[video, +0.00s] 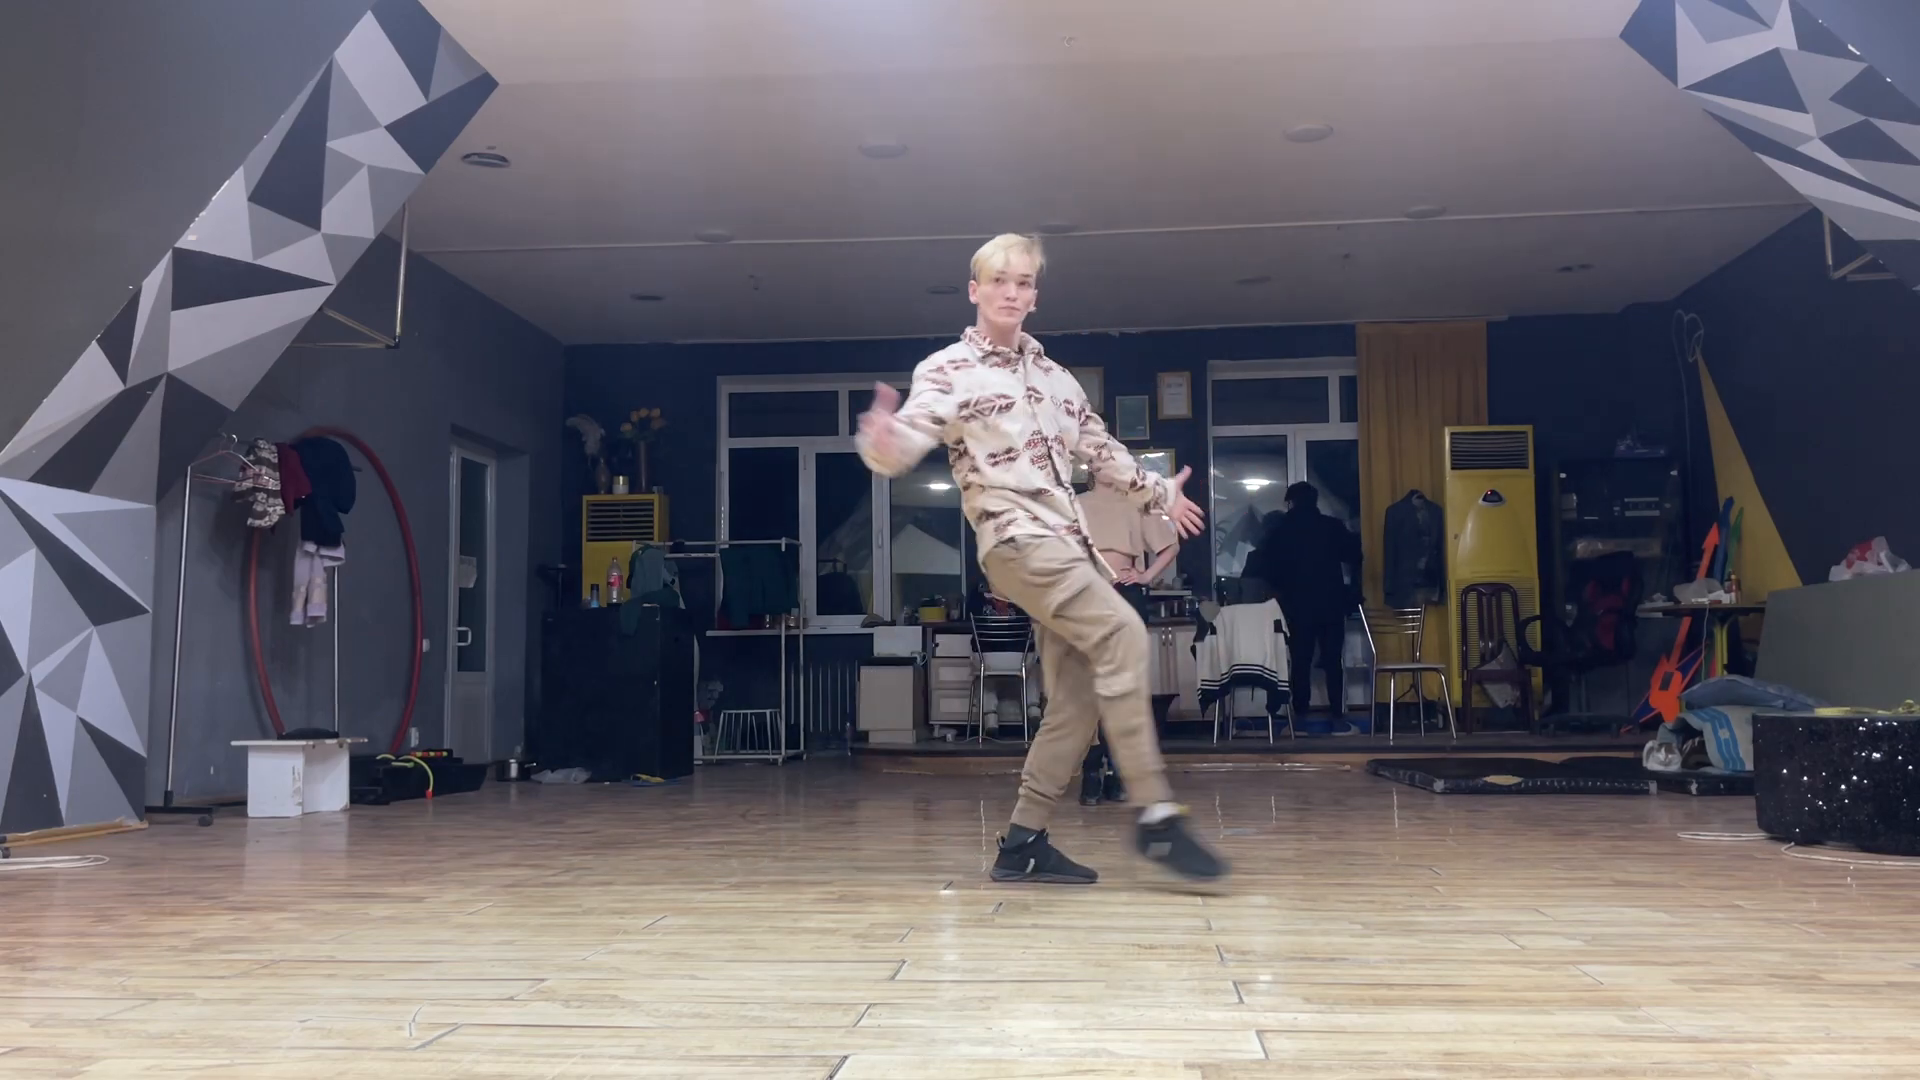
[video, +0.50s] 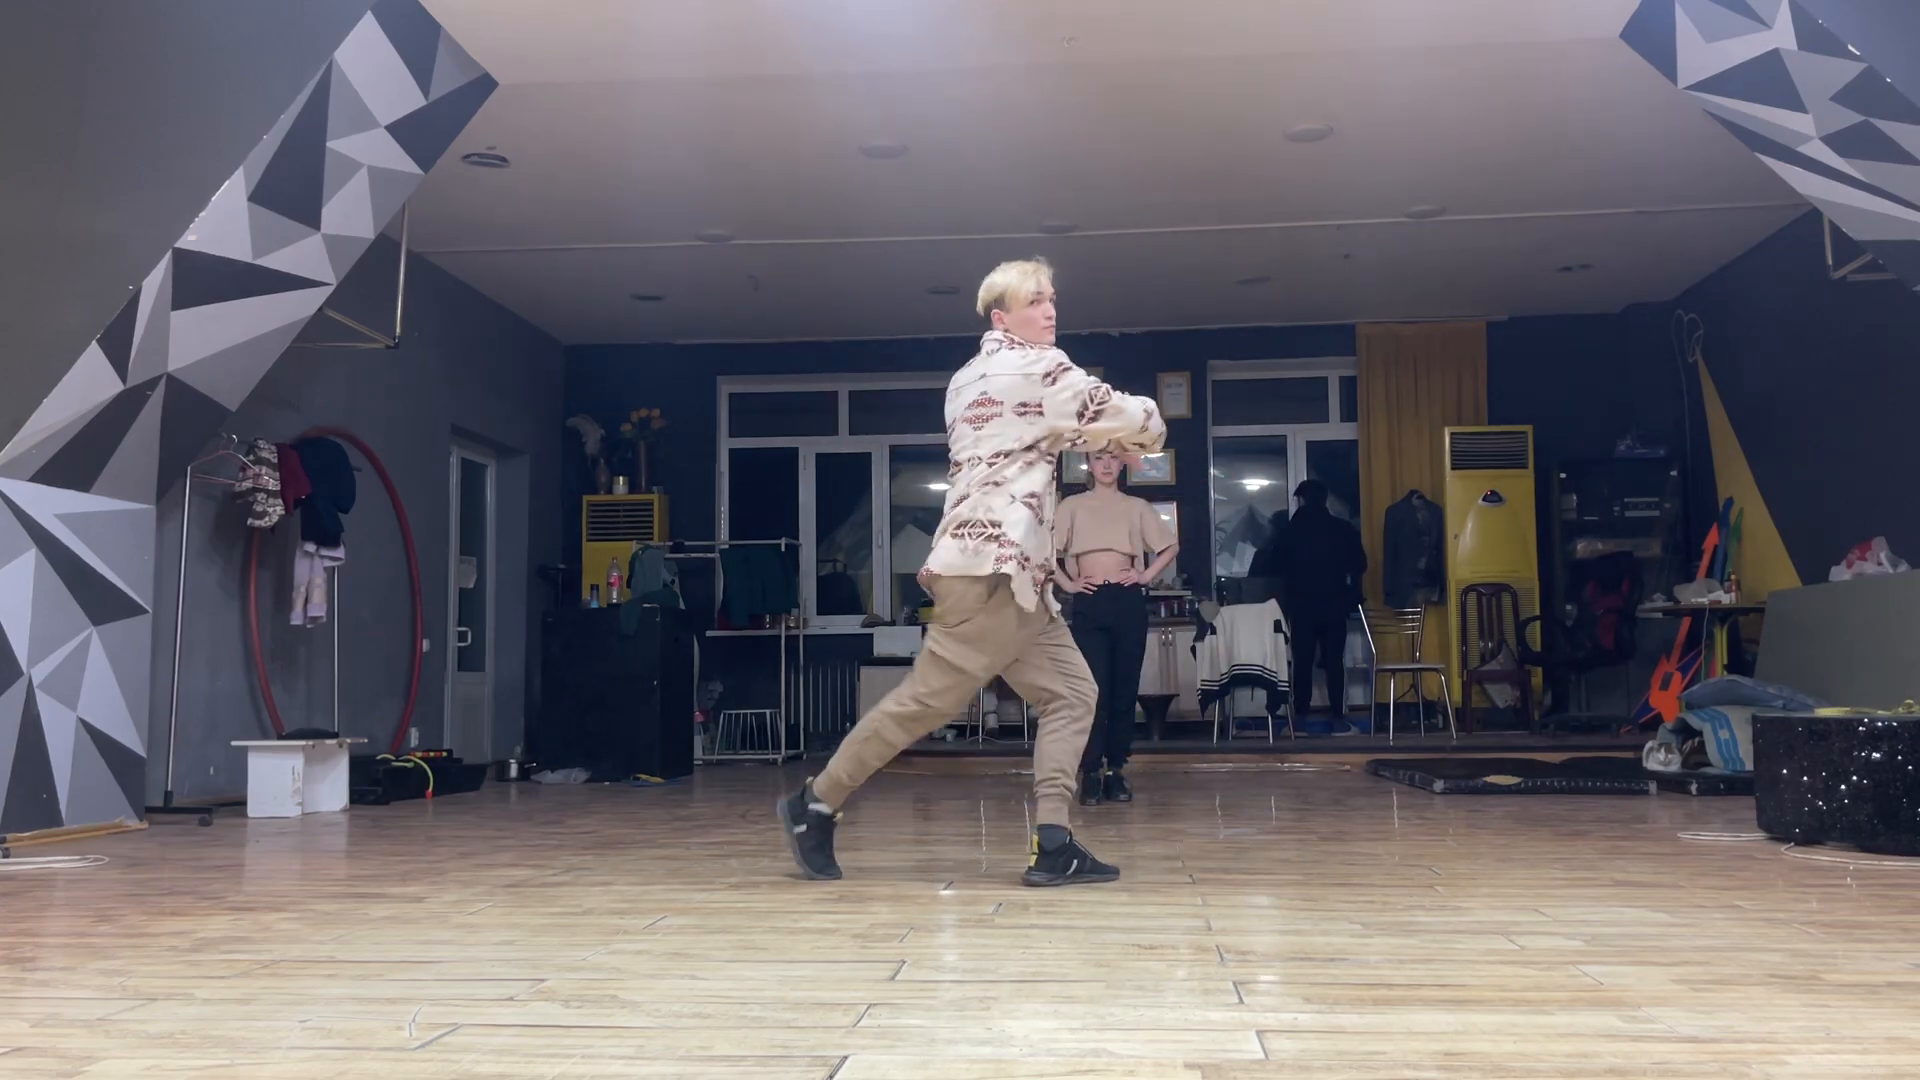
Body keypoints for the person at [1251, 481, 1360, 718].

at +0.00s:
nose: (1288, 506)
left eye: (1289, 502)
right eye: (1289, 502)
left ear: (1291, 502)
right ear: (1315, 501)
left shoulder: (1280, 529)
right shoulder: (1333, 526)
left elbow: (1264, 566)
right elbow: (1355, 556)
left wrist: (1278, 592)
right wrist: (1355, 593)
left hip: (1296, 603)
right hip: (1330, 601)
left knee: (1300, 661)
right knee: (1333, 661)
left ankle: (1300, 716)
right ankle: (1337, 718)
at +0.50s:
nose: (1298, 504)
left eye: (1298, 500)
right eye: (1298, 500)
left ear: (1301, 500)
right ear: (1325, 500)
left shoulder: (1289, 530)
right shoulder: (1342, 527)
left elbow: (1277, 569)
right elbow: (1359, 565)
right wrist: (1353, 595)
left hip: (1301, 605)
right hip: (1333, 603)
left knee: (1302, 663)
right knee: (1334, 661)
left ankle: (1300, 719)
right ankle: (1337, 719)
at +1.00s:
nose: (1302, 502)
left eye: (1302, 498)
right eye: (1303, 499)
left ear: (1305, 500)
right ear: (1328, 500)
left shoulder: (1291, 530)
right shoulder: (1346, 529)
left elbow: (1270, 567)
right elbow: (1360, 567)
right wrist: (1337, 564)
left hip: (1301, 604)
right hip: (1335, 604)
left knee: (1302, 661)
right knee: (1335, 661)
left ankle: (1300, 717)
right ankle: (1338, 718)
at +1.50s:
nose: (1299, 502)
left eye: (1300, 498)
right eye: (1300, 498)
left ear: (1303, 499)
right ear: (1327, 499)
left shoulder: (1288, 529)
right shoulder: (1345, 529)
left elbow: (1267, 566)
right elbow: (1359, 568)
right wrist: (1353, 598)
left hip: (1300, 605)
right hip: (1333, 604)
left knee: (1302, 661)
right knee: (1334, 661)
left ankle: (1300, 719)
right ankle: (1337, 719)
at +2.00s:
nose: (1299, 502)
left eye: (1300, 498)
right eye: (1300, 498)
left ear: (1302, 499)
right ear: (1327, 499)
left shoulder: (1286, 529)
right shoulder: (1345, 530)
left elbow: (1252, 568)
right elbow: (1358, 568)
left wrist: (1271, 527)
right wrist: (1352, 597)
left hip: (1297, 605)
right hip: (1333, 604)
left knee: (1301, 661)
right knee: (1333, 661)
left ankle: (1300, 719)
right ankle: (1337, 719)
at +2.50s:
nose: (1298, 503)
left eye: (1299, 499)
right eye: (1301, 499)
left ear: (1301, 500)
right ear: (1327, 500)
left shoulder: (1286, 528)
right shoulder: (1344, 529)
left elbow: (1250, 567)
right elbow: (1358, 568)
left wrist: (1270, 527)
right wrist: (1355, 597)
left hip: (1298, 605)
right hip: (1333, 604)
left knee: (1300, 661)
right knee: (1333, 661)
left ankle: (1300, 717)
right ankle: (1337, 718)